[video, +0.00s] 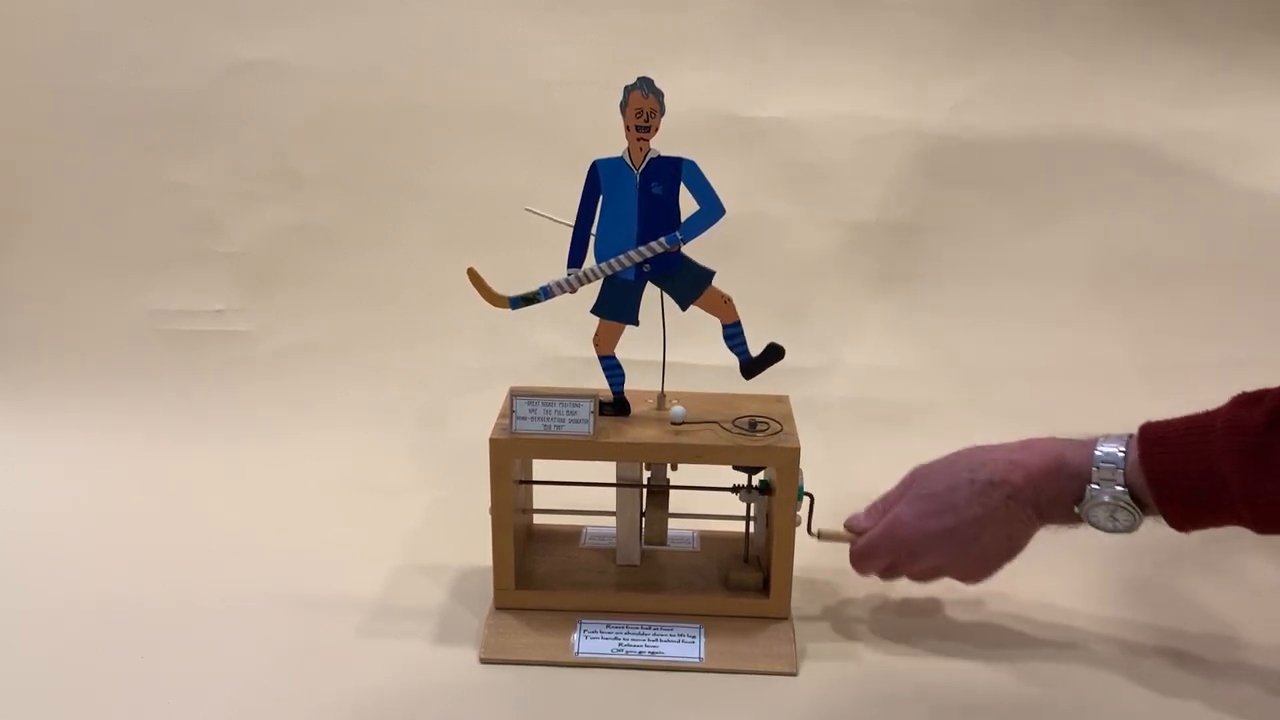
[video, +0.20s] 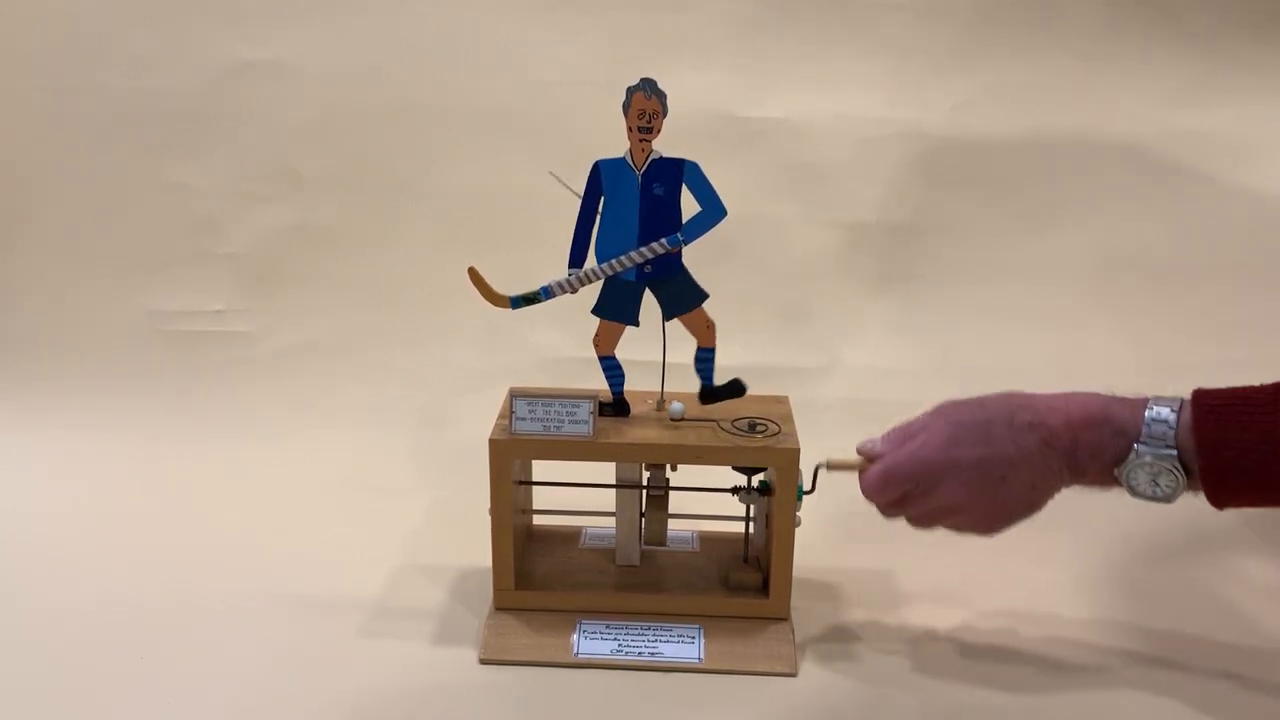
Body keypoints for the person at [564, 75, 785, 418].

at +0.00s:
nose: (645, 119)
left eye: (652, 112)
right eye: (638, 111)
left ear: (660, 119)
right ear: (623, 116)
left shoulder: (678, 168)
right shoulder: (602, 170)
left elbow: (714, 210)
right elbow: (582, 225)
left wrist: (676, 239)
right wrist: (573, 272)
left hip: (666, 262)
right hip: (621, 268)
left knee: (724, 306)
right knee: (603, 343)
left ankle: (746, 362)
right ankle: (619, 401)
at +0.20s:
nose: (647, 121)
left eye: (654, 114)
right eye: (640, 113)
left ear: (663, 122)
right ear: (626, 118)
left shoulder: (681, 170)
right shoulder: (604, 171)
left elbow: (716, 211)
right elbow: (585, 224)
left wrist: (676, 241)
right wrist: (575, 270)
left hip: (667, 270)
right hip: (621, 272)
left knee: (706, 330)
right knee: (603, 344)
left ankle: (707, 389)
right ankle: (618, 402)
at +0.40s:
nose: (646, 120)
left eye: (653, 114)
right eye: (639, 112)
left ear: (662, 122)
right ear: (624, 118)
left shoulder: (678, 170)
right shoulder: (604, 171)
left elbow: (715, 211)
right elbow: (584, 224)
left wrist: (677, 241)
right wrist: (574, 272)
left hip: (663, 276)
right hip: (620, 275)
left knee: (678, 344)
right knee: (603, 343)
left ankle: (660, 400)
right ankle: (618, 401)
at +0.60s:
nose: (646, 120)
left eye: (653, 114)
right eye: (639, 113)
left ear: (662, 121)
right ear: (624, 117)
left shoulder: (678, 169)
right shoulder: (603, 171)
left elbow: (715, 210)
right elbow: (584, 224)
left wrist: (677, 240)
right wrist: (573, 272)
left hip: (662, 275)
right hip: (619, 275)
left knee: (677, 343)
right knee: (603, 343)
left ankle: (660, 399)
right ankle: (617, 400)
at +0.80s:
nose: (646, 120)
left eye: (653, 114)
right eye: (639, 113)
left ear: (661, 121)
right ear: (624, 118)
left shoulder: (678, 170)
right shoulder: (603, 171)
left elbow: (715, 211)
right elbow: (583, 224)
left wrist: (676, 241)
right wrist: (573, 273)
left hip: (662, 276)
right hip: (619, 276)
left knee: (677, 344)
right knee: (602, 344)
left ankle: (660, 400)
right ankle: (617, 400)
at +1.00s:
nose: (645, 120)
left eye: (652, 114)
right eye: (638, 113)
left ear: (661, 122)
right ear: (623, 118)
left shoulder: (677, 170)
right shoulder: (602, 171)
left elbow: (714, 211)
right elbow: (583, 225)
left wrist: (677, 241)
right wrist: (573, 273)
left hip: (662, 276)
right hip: (619, 276)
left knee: (677, 344)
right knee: (602, 344)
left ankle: (660, 400)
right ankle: (617, 401)